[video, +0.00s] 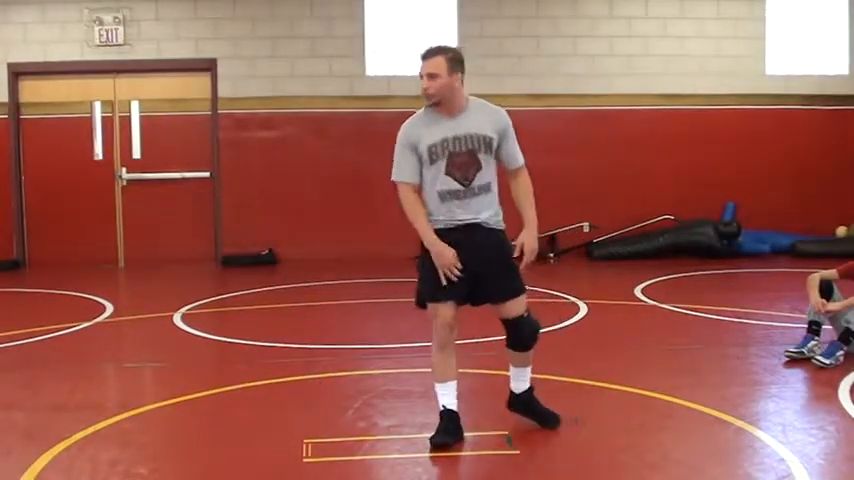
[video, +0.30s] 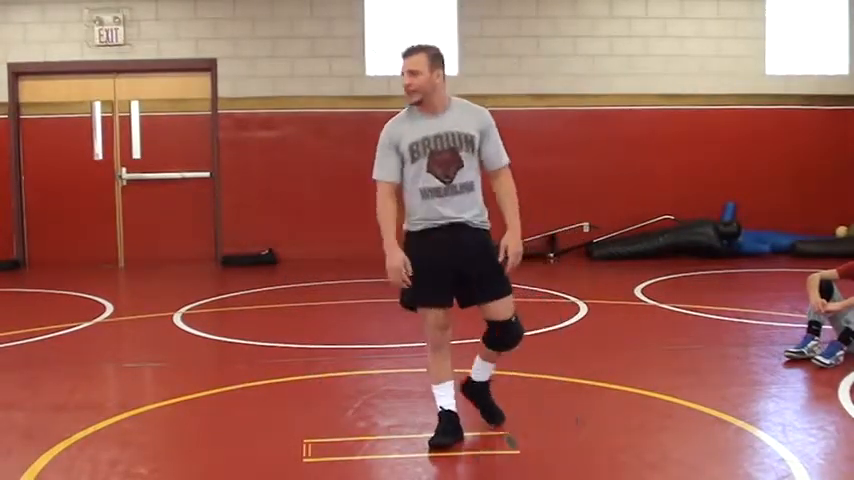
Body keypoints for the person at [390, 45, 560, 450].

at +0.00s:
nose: (424, 85)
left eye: (432, 77)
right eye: (422, 77)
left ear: (457, 79)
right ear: (425, 80)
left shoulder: (495, 118)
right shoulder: (413, 131)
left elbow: (517, 173)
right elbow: (407, 192)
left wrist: (530, 227)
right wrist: (434, 245)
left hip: (489, 234)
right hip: (440, 239)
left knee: (521, 325)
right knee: (444, 324)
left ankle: (521, 395)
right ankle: (449, 417)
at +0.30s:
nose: (407, 82)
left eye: (414, 74)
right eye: (404, 75)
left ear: (439, 76)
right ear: (404, 78)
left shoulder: (478, 118)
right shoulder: (396, 131)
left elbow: (501, 176)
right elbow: (386, 193)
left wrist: (513, 230)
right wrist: (391, 248)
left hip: (474, 234)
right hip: (424, 238)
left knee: (506, 329)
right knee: (438, 329)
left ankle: (477, 383)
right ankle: (447, 417)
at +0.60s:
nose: (402, 83)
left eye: (409, 75)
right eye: (398, 77)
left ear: (431, 76)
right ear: (395, 82)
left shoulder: (466, 120)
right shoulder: (385, 132)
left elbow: (482, 178)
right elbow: (370, 191)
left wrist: (477, 230)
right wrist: (362, 249)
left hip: (460, 235)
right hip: (413, 239)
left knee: (469, 337)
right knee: (429, 332)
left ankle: (415, 380)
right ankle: (446, 418)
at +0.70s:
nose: (406, 83)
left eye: (413, 75)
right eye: (399, 77)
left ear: (430, 77)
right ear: (393, 83)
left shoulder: (460, 122)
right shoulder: (380, 131)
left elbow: (475, 181)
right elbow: (365, 190)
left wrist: (470, 231)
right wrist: (363, 247)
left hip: (455, 235)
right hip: (408, 239)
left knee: (456, 336)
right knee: (427, 331)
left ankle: (409, 385)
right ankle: (445, 419)